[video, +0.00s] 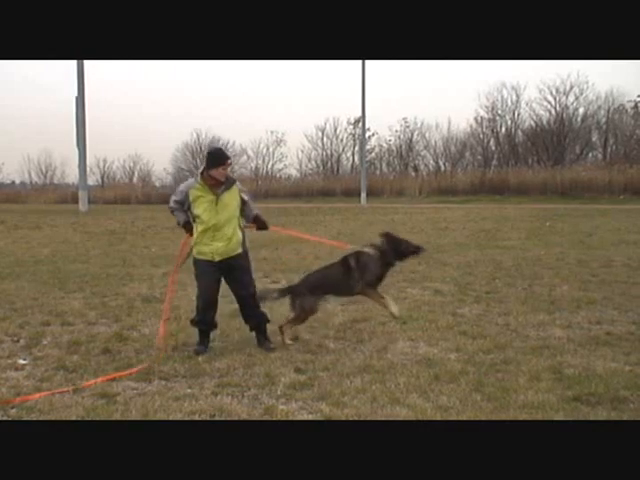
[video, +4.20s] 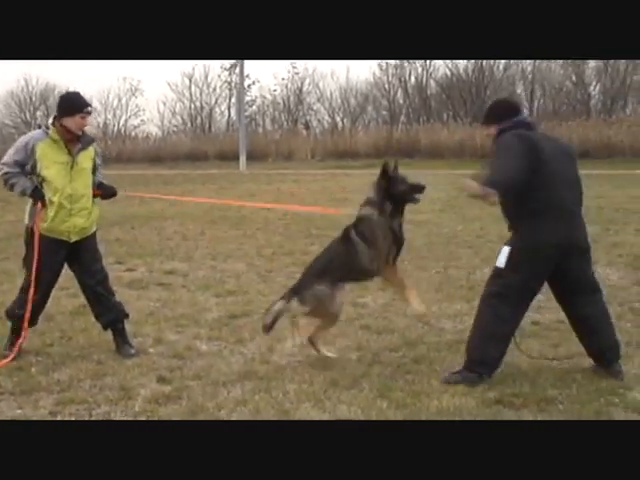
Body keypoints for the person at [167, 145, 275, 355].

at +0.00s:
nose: (226, 171)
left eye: (227, 167)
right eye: (222, 168)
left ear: (227, 168)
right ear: (210, 168)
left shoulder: (233, 187)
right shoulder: (190, 188)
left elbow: (245, 206)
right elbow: (175, 205)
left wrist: (256, 218)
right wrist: (184, 221)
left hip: (234, 253)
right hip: (205, 255)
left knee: (248, 295)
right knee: (206, 299)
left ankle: (262, 335)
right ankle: (203, 340)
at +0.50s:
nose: (221, 167)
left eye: (222, 163)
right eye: (217, 163)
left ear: (221, 165)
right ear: (204, 165)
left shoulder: (227, 188)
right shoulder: (183, 185)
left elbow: (237, 209)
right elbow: (166, 205)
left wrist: (248, 222)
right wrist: (179, 219)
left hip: (224, 253)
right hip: (193, 253)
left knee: (238, 295)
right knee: (186, 298)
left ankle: (255, 336)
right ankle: (175, 339)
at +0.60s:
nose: (194, 167)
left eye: (196, 162)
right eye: (189, 163)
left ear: (198, 164)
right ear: (177, 165)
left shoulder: (205, 189)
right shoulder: (158, 187)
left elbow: (217, 211)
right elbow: (142, 205)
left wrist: (231, 221)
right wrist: (154, 219)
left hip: (199, 253)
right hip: (169, 254)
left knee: (214, 297)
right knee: (160, 299)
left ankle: (230, 336)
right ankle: (147, 340)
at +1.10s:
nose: (175, 169)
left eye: (176, 165)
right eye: (171, 165)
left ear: (176, 165)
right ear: (158, 165)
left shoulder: (179, 187)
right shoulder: (136, 184)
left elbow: (185, 210)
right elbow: (117, 203)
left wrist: (192, 220)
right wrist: (130, 219)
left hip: (173, 253)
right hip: (144, 254)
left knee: (184, 297)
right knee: (133, 298)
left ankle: (198, 339)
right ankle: (117, 340)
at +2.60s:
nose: (144, 165)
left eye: (146, 160)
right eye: (140, 160)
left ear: (144, 161)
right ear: (126, 160)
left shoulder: (151, 189)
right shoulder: (99, 181)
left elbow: (156, 218)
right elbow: (75, 203)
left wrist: (165, 226)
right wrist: (93, 221)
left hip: (141, 259)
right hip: (108, 260)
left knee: (156, 306)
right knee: (99, 310)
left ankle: (176, 353)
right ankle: (84, 355)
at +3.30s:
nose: (117, 140)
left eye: (119, 135)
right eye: (112, 134)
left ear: (117, 136)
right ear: (96, 134)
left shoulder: (124, 163)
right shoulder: (66, 157)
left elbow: (131, 192)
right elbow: (42, 183)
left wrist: (136, 207)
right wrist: (62, 202)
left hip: (115, 244)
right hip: (78, 245)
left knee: (132, 296)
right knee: (70, 301)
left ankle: (155, 347)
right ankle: (52, 349)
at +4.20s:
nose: (86, 121)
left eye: (87, 116)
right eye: (81, 116)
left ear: (82, 118)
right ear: (64, 116)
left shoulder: (89, 146)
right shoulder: (35, 142)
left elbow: (95, 174)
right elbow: (7, 170)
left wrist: (100, 187)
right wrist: (32, 189)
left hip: (83, 232)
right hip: (48, 232)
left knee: (98, 284)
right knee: (36, 288)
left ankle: (121, 336)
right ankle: (15, 336)